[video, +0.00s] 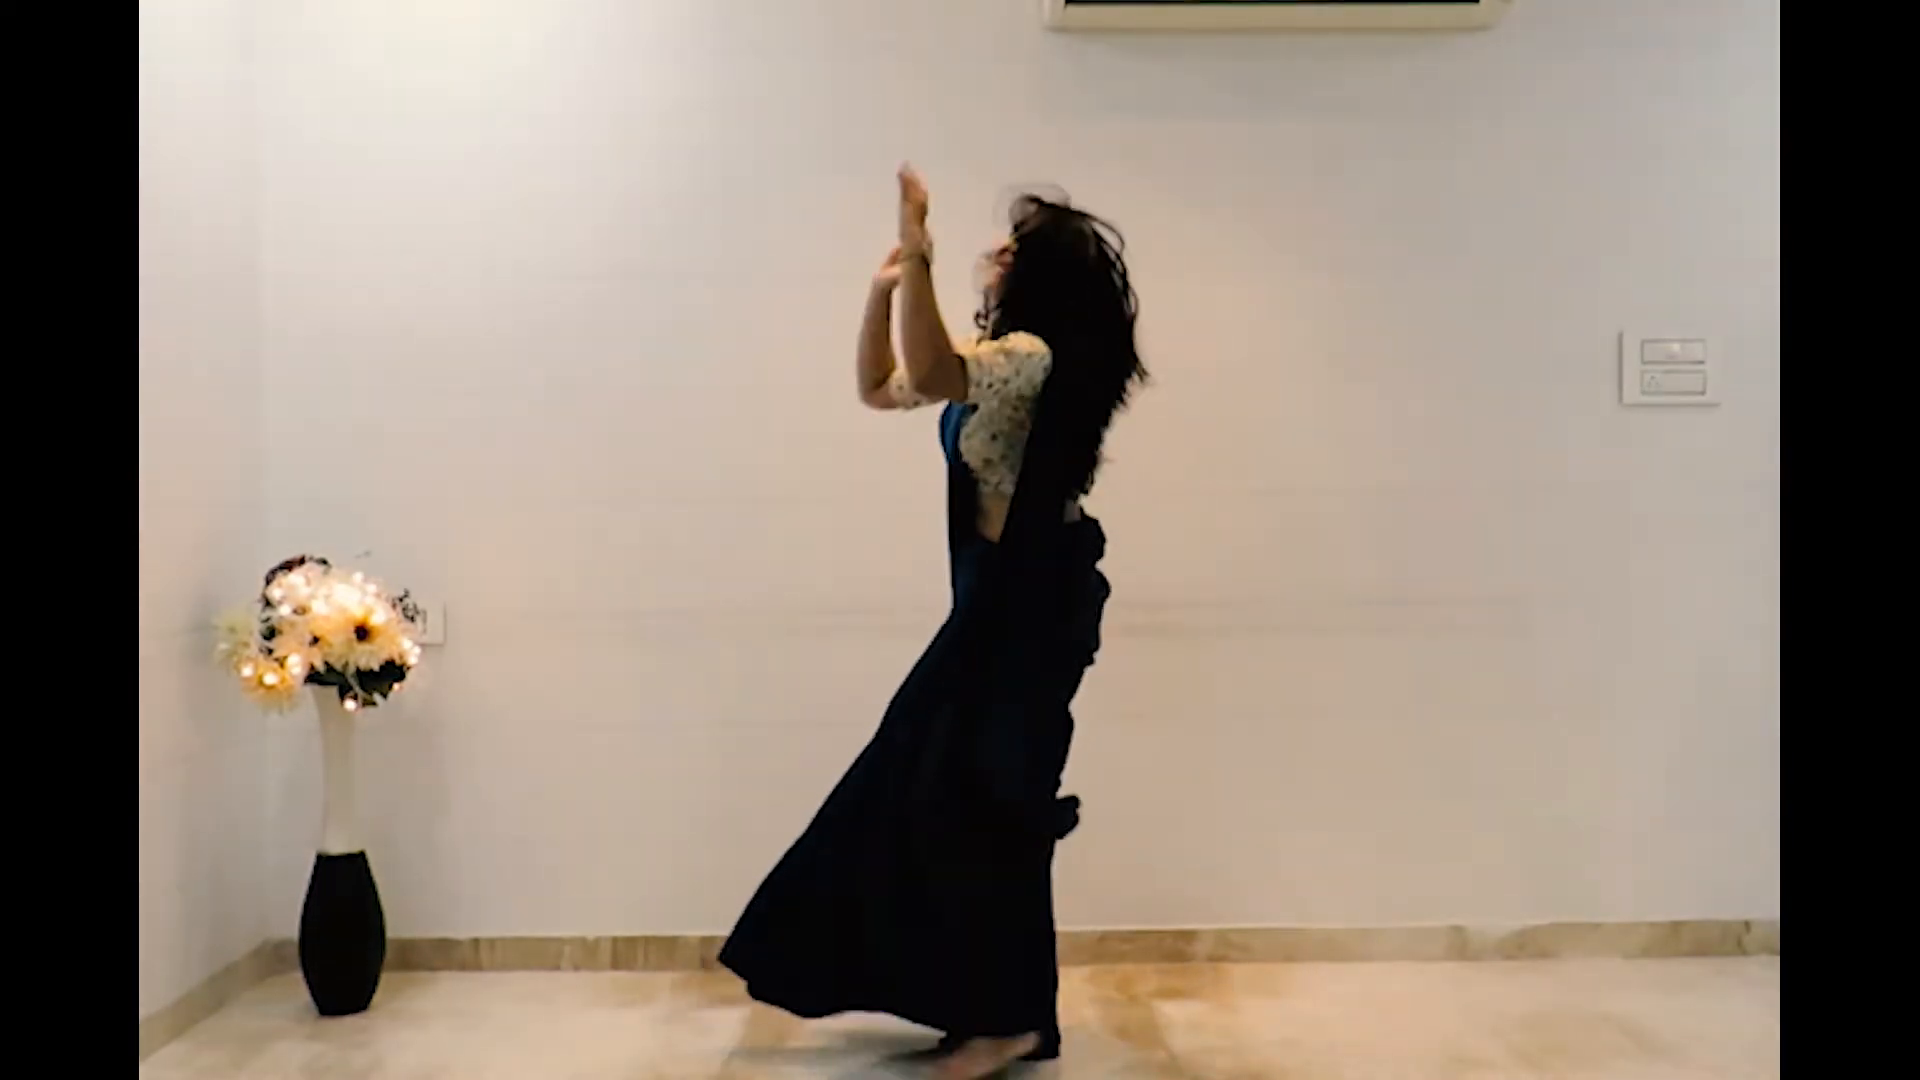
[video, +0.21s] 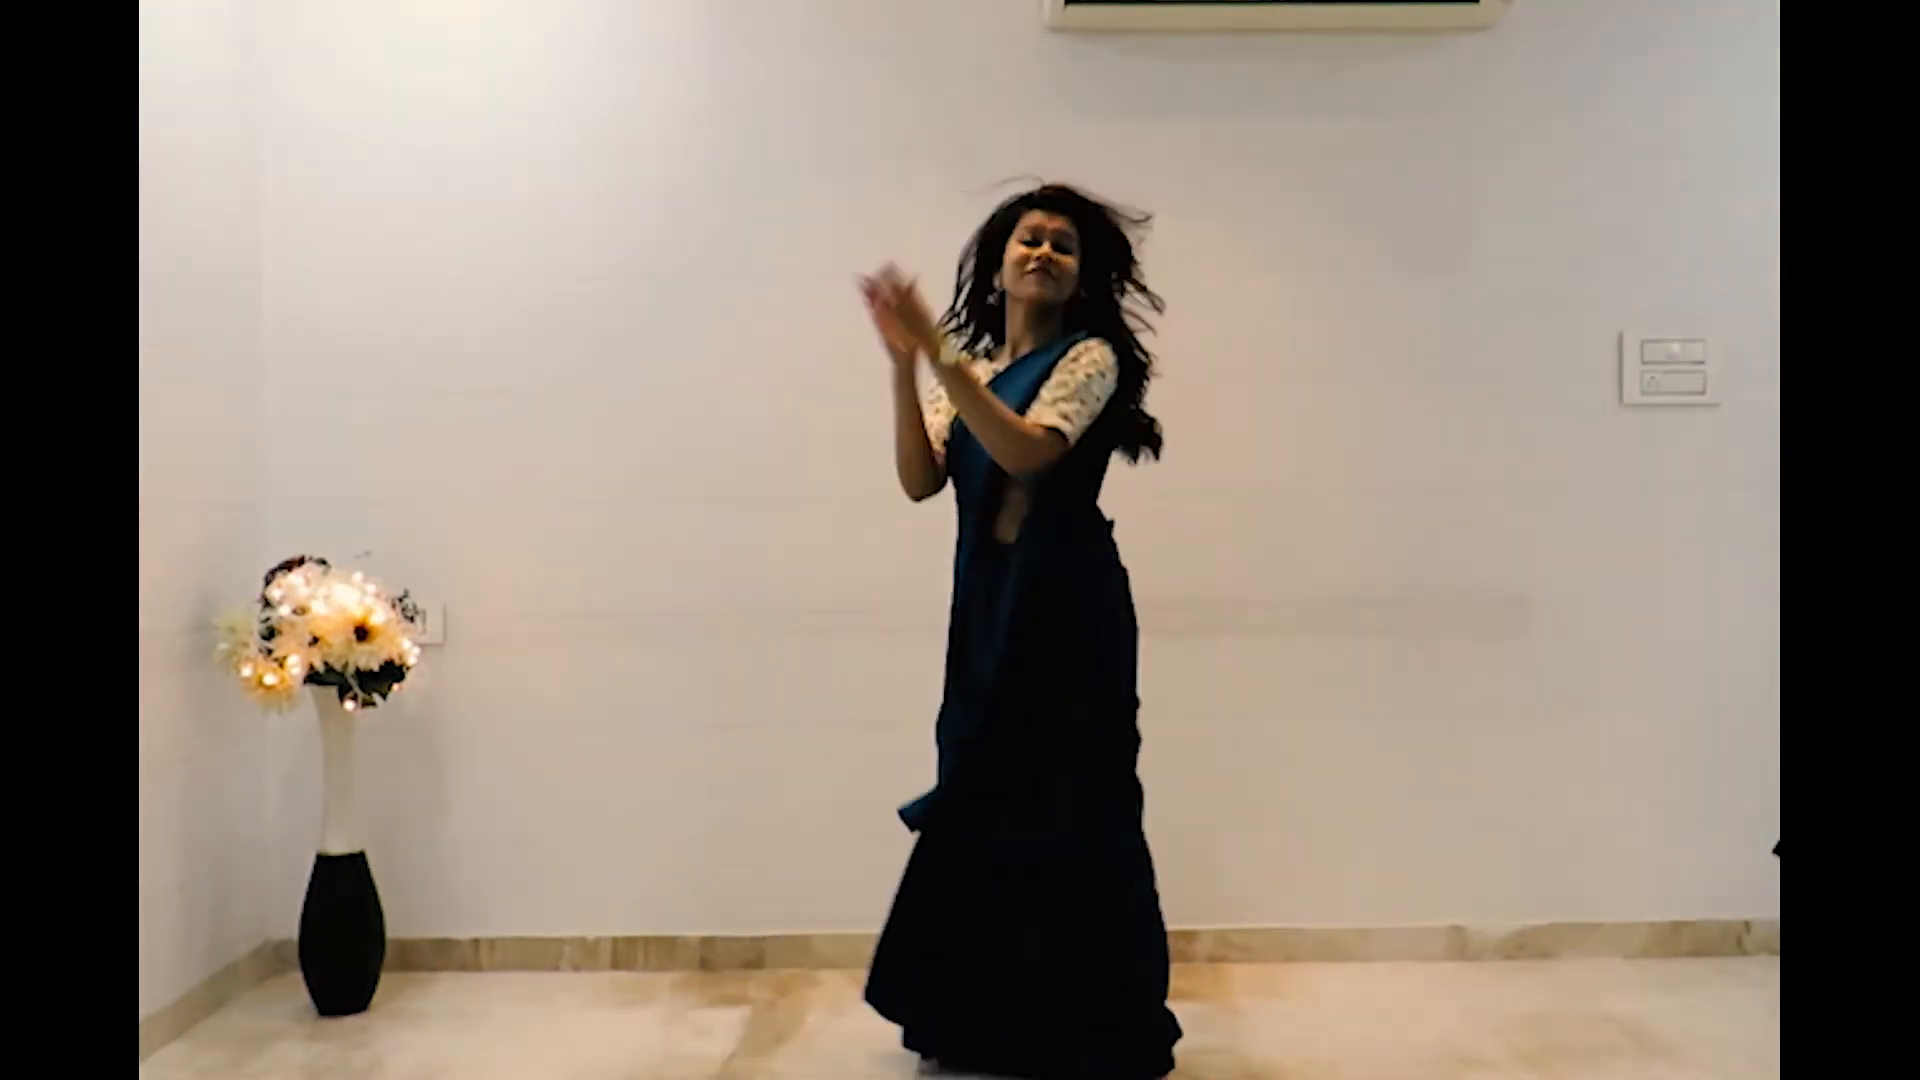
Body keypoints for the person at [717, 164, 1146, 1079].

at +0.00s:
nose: (992, 255)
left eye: (1010, 249)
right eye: (1000, 244)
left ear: (1038, 275)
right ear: (1030, 281)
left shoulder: (1033, 361)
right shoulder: (997, 356)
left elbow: (930, 374)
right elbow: (882, 388)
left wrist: (914, 255)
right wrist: (884, 294)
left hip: (1029, 613)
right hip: (1004, 608)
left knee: (982, 803)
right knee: (986, 803)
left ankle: (1005, 1018)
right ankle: (1001, 1011)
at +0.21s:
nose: (1041, 251)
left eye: (1060, 244)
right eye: (1028, 239)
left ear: (1085, 275)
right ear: (997, 261)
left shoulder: (1093, 360)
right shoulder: (972, 360)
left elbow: (1028, 453)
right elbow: (921, 478)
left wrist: (934, 352)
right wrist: (904, 366)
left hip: (1070, 612)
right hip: (991, 611)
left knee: (1072, 806)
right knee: (988, 803)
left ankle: (1094, 1029)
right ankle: (984, 1016)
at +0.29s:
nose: (1038, 270)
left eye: (1058, 263)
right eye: (1024, 257)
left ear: (1078, 292)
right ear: (993, 279)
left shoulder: (1100, 386)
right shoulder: (959, 387)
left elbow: (1104, 508)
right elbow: (908, 521)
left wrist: (987, 462)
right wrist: (939, 465)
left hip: (1081, 639)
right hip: (988, 638)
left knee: (1085, 838)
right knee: (983, 835)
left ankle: (1099, 1049)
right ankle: (988, 1047)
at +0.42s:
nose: (1036, 253)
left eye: (1054, 242)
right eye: (1018, 242)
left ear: (1077, 273)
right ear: (990, 270)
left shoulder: (1111, 382)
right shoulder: (946, 369)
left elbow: (1190, 506)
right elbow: (855, 477)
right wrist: (942, 506)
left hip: (1079, 633)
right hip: (979, 635)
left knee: (1098, 843)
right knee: (995, 852)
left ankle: (1116, 1052)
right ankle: (1004, 1052)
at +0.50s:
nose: (1041, 217)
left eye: (1056, 206)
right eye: (1020, 208)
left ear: (1081, 236)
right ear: (992, 239)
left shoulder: (1120, 347)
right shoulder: (956, 324)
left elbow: (1207, 438)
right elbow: (828, 387)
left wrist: (1188, 461)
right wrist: (924, 464)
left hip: (1067, 598)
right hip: (965, 594)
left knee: (1061, 790)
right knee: (972, 802)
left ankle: (1097, 1017)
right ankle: (1003, 1025)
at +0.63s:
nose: (1037, 224)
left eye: (1051, 210)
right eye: (1016, 216)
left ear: (1080, 231)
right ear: (989, 242)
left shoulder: (1114, 336)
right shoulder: (976, 319)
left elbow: (1227, 385)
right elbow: (876, 318)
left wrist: (1226, 461)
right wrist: (945, 426)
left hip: (1055, 596)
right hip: (951, 584)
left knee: (1046, 799)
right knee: (907, 788)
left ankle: (1063, 1028)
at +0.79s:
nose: (1028, 287)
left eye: (1042, 275)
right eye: (1007, 278)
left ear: (1064, 297)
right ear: (977, 300)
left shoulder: (1073, 409)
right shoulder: (964, 362)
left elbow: (1158, 475)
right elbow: (923, 400)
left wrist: (1260, 474)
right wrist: (1071, 399)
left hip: (1061, 654)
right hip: (962, 650)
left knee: (1057, 847)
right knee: (893, 842)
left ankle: (1052, 1044)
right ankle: (746, 1030)